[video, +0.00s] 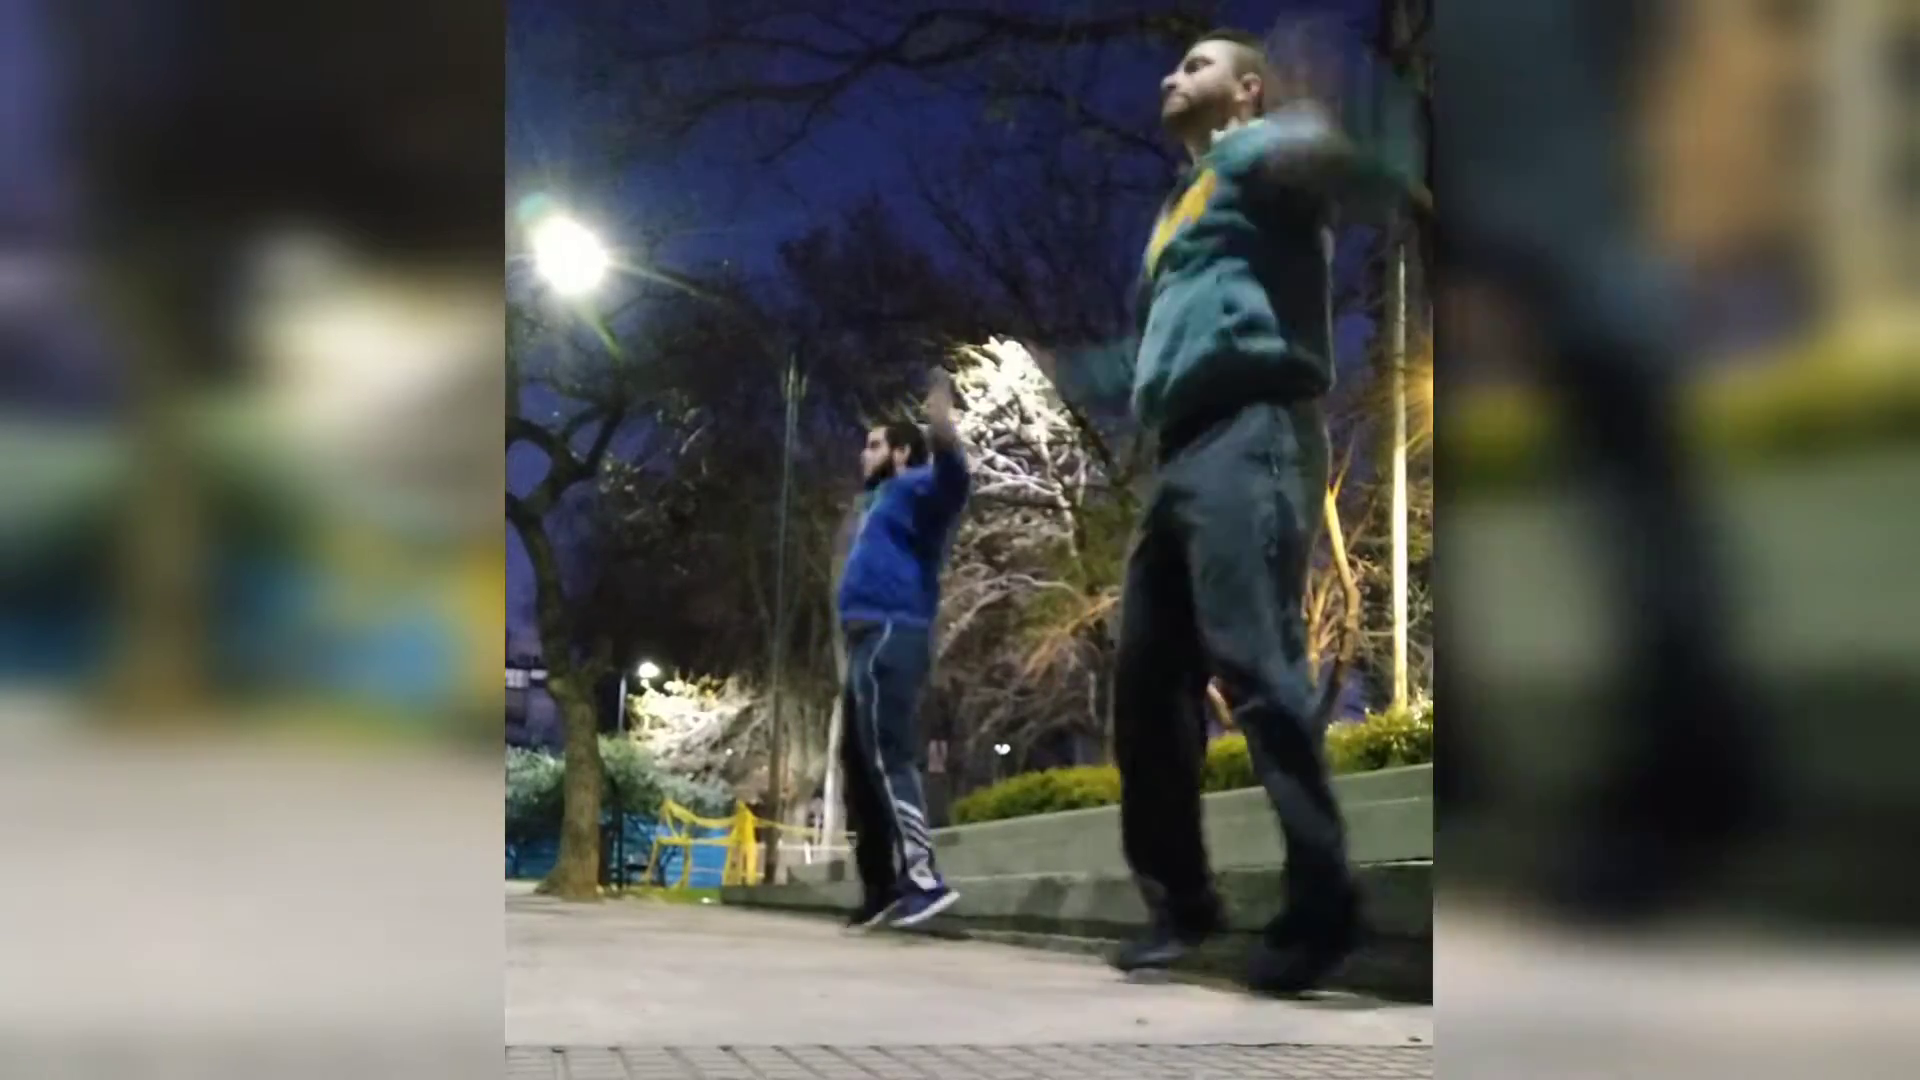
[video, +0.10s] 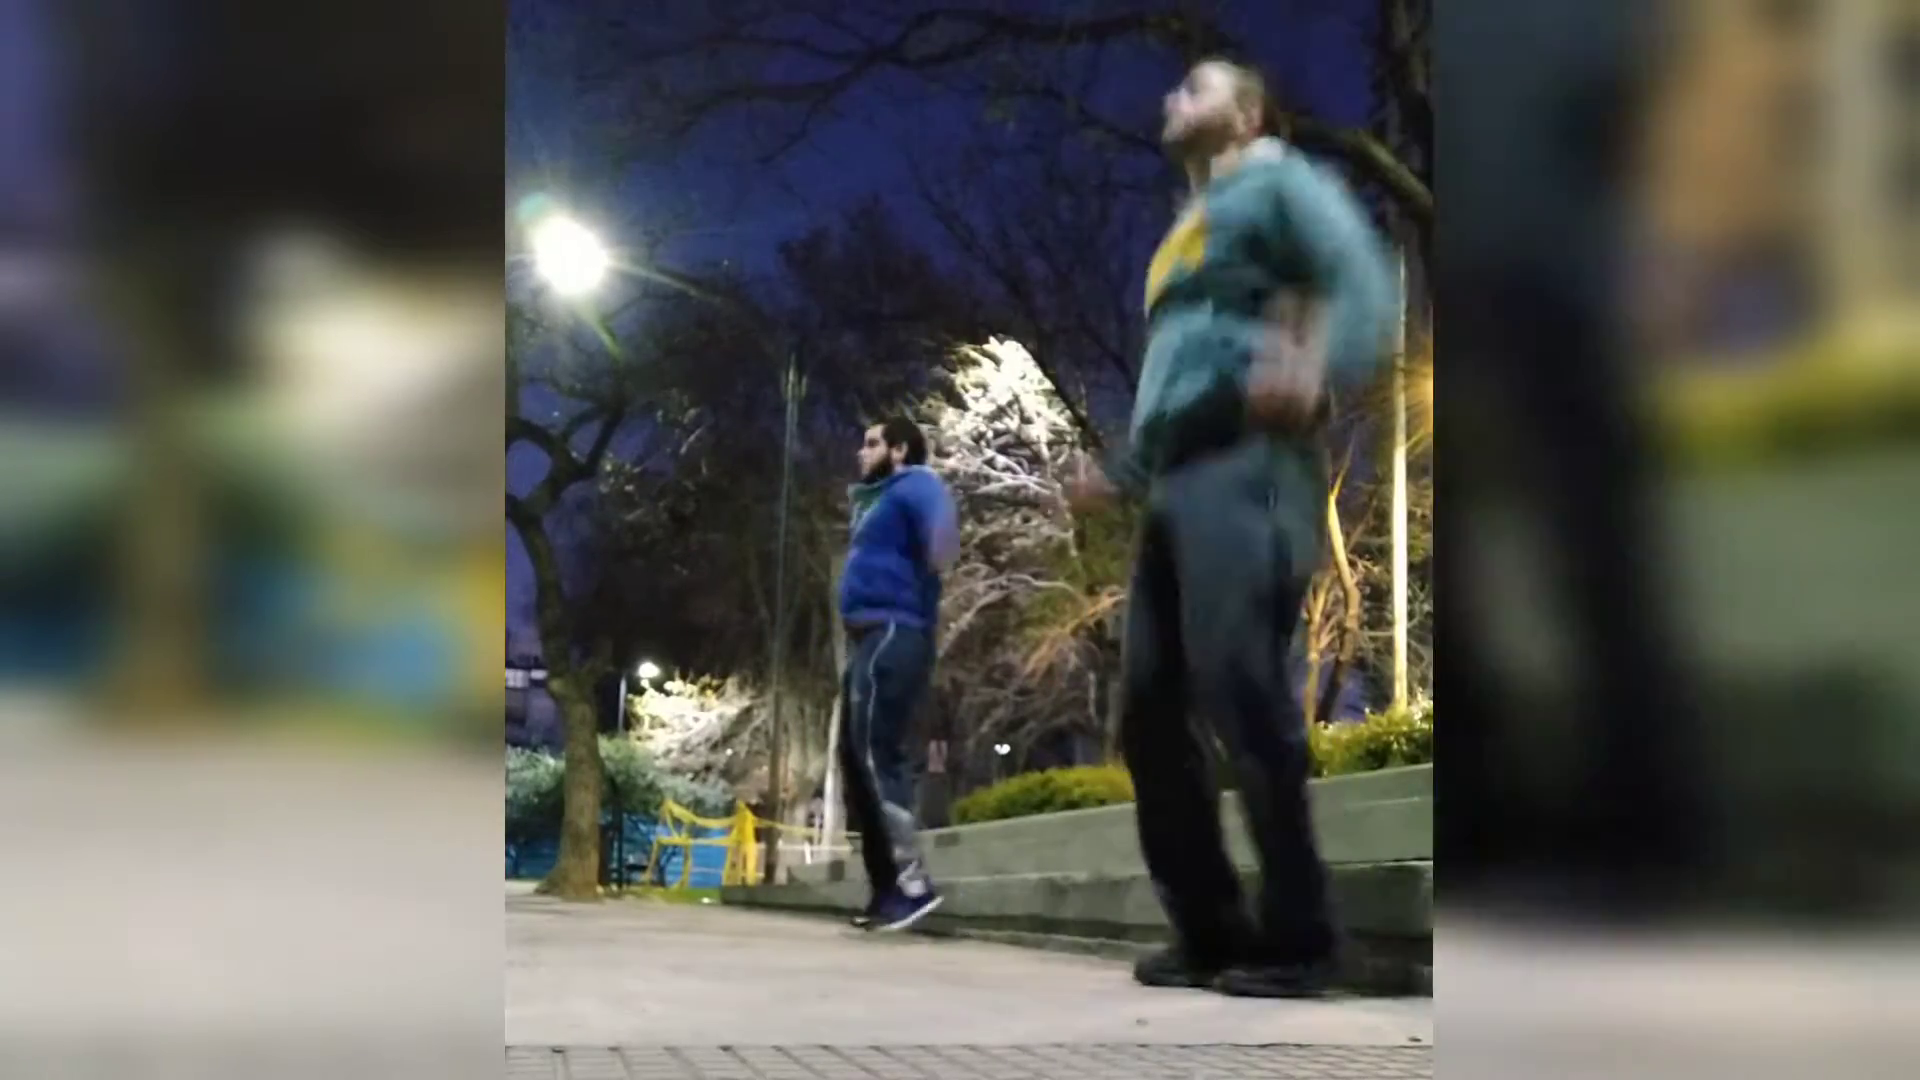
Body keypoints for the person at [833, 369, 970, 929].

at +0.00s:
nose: (863, 453)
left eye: (873, 445)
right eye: (865, 445)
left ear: (901, 451)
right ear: (888, 454)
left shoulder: (919, 488)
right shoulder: (880, 496)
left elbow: (953, 479)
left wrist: (943, 430)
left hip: (895, 629)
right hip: (863, 630)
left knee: (887, 753)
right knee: (860, 761)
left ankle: (922, 881)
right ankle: (880, 886)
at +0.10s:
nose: (862, 452)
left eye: (872, 444)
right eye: (863, 443)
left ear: (900, 450)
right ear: (883, 452)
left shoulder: (918, 484)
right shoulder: (872, 495)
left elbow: (942, 547)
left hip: (897, 627)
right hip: (865, 630)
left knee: (872, 751)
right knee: (860, 755)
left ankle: (911, 883)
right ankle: (888, 886)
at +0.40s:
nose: (862, 454)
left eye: (871, 445)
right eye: (864, 445)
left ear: (899, 450)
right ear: (890, 452)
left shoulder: (918, 489)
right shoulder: (879, 502)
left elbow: (933, 525)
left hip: (894, 634)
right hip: (861, 637)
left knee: (884, 758)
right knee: (863, 769)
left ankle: (911, 886)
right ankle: (879, 895)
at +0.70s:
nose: (864, 502)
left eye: (873, 493)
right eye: (864, 493)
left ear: (897, 498)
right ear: (873, 502)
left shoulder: (918, 532)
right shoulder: (871, 548)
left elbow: (922, 462)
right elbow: (859, 548)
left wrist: (914, 427)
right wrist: (864, 526)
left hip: (900, 674)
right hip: (865, 679)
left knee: (884, 799)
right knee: (853, 804)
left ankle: (936, 910)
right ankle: (884, 907)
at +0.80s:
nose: (867, 463)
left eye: (876, 454)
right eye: (869, 455)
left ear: (900, 461)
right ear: (885, 467)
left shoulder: (916, 501)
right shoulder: (878, 513)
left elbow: (934, 452)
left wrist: (927, 385)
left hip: (899, 636)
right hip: (860, 641)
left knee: (898, 768)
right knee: (863, 775)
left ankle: (926, 889)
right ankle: (876, 891)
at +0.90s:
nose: (865, 453)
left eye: (874, 444)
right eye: (866, 444)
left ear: (902, 451)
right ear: (894, 453)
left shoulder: (912, 488)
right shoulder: (881, 499)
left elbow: (928, 503)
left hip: (896, 627)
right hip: (865, 632)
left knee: (884, 756)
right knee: (857, 763)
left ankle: (921, 883)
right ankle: (882, 887)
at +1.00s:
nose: (863, 469)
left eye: (872, 460)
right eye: (865, 460)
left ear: (899, 465)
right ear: (894, 466)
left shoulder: (918, 503)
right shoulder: (881, 511)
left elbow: (935, 574)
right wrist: (858, 653)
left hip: (897, 657)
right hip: (867, 657)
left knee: (869, 775)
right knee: (855, 778)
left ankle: (904, 901)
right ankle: (886, 904)